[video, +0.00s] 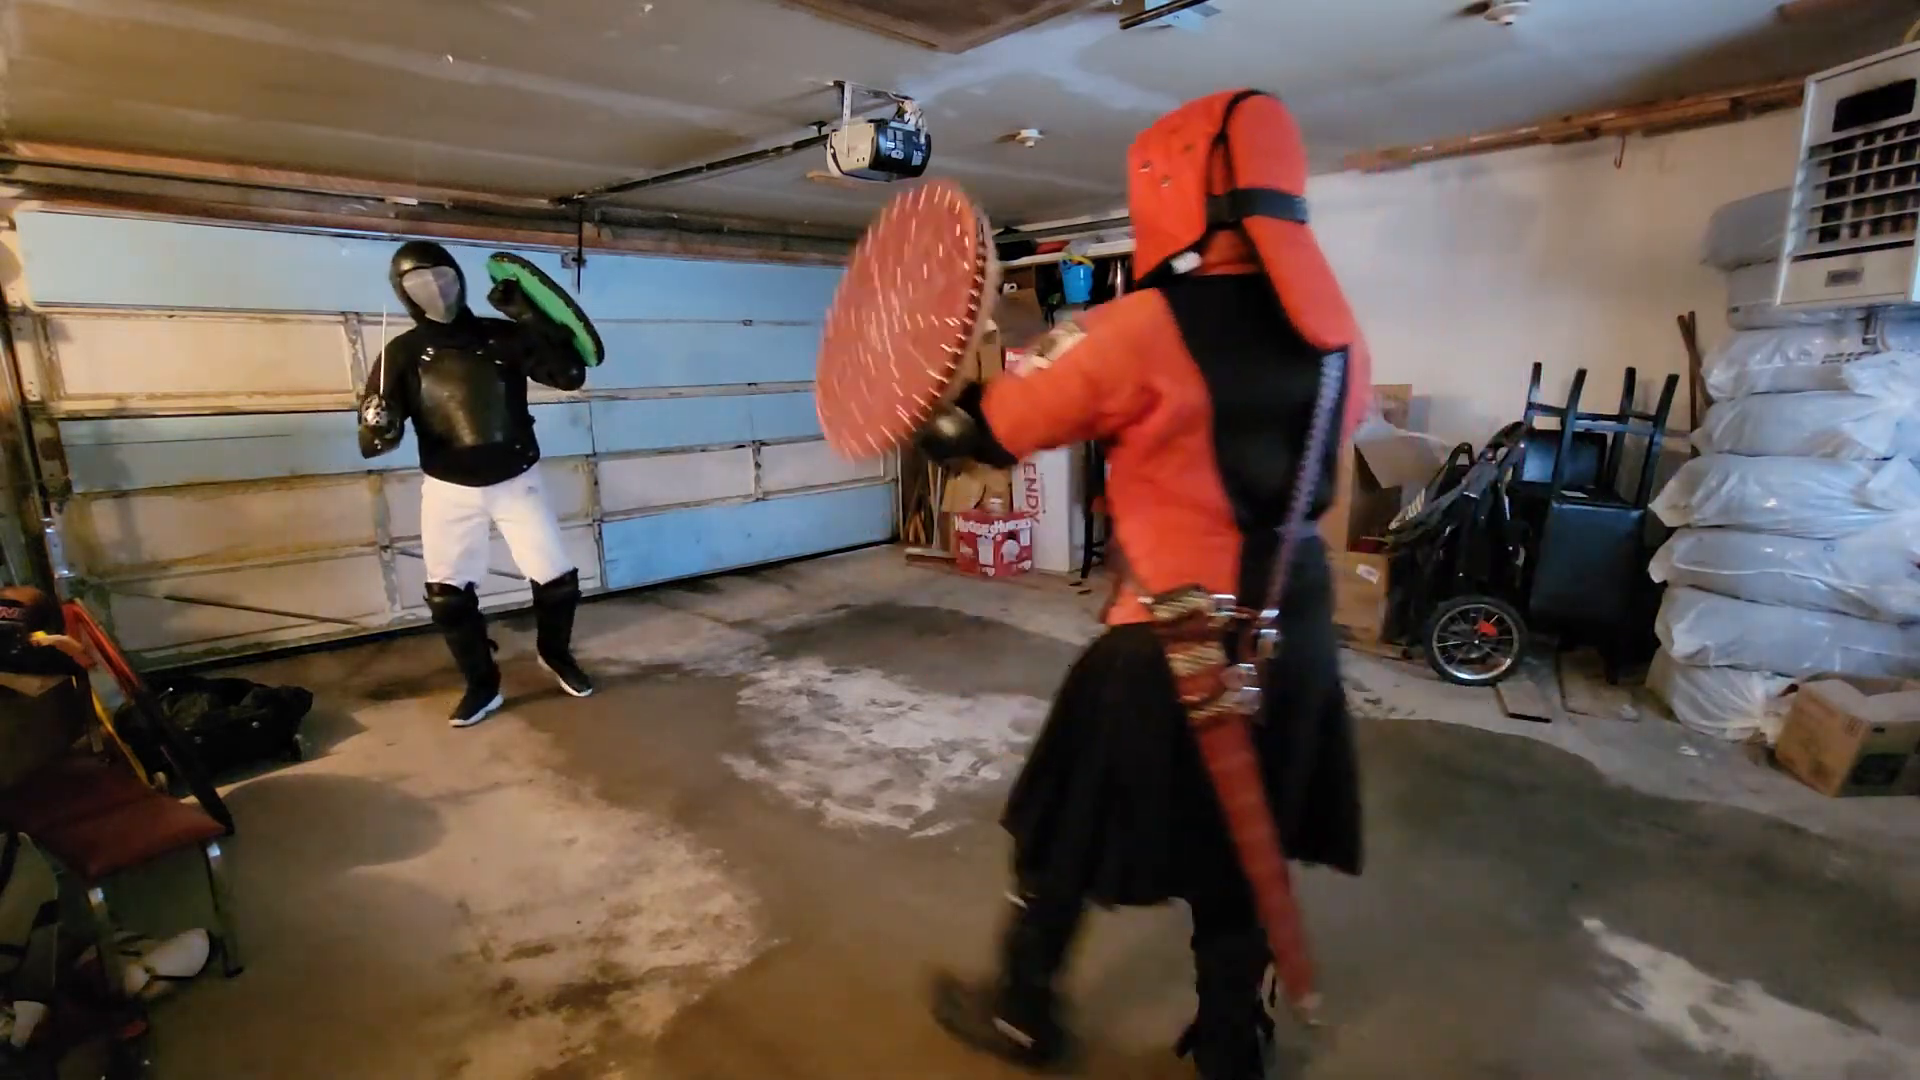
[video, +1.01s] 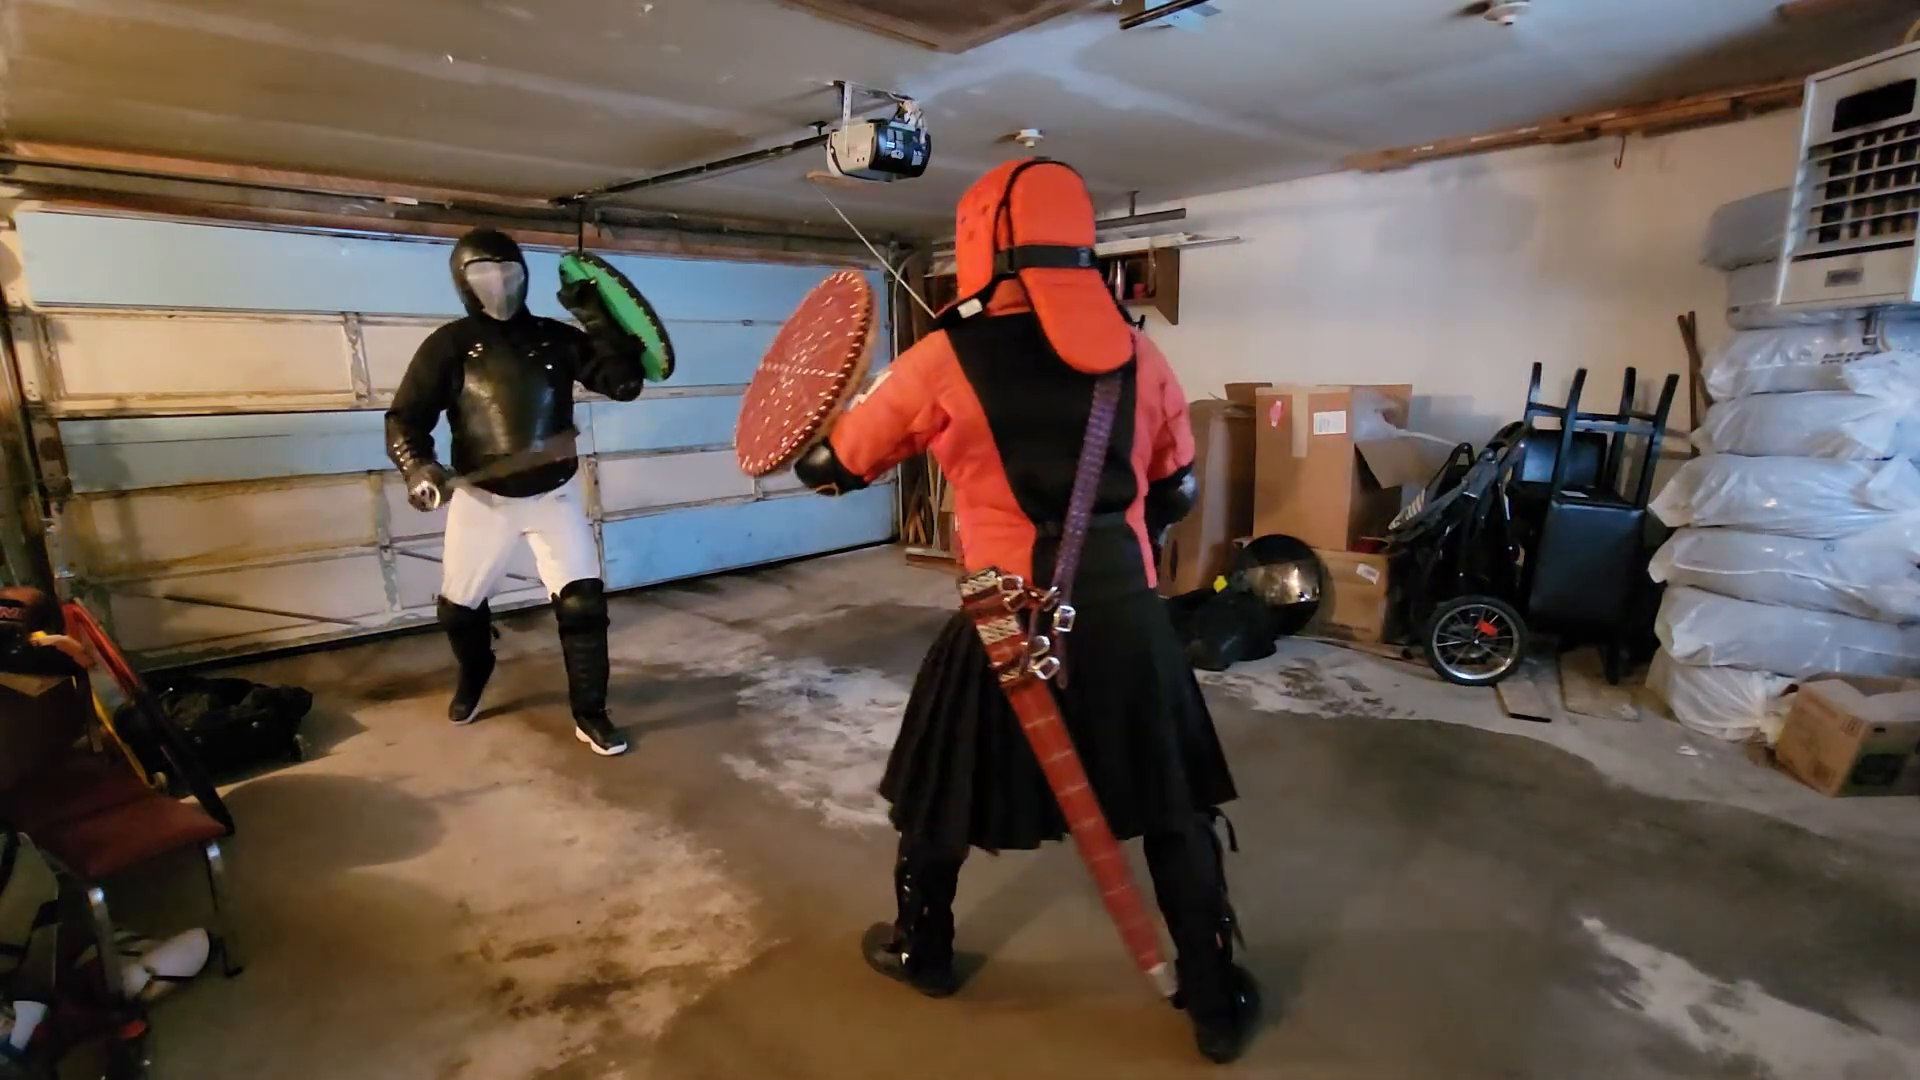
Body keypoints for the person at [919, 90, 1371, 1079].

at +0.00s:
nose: (1140, 210)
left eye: (1151, 192)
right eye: (1145, 192)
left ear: (1181, 198)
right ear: (1273, 195)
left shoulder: (1146, 329)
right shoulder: (1332, 333)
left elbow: (1004, 423)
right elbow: (1325, 493)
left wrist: (949, 400)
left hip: (1164, 642)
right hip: (1288, 642)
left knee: (1070, 817)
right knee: (1242, 848)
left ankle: (1025, 1003)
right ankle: (1232, 1038)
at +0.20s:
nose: (1067, 239)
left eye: (1079, 222)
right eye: (1073, 222)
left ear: (1106, 229)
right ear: (1197, 228)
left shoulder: (1056, 346)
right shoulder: (1251, 354)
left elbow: (941, 403)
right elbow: (1269, 456)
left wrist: (879, 398)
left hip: (1086, 642)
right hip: (1206, 642)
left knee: (997, 786)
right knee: (1211, 839)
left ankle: (940, 938)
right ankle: (1220, 1030)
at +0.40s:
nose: (974, 250)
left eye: (983, 235)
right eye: (985, 234)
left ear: (1006, 242)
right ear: (1107, 241)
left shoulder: (960, 352)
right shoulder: (1155, 359)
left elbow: (837, 428)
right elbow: (1189, 490)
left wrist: (807, 407)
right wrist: (1119, 523)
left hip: (1001, 636)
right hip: (1125, 633)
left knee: (933, 769)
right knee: (1163, 816)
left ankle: (922, 940)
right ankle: (1208, 1014)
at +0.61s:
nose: (931, 245)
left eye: (938, 230)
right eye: (935, 230)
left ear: (956, 234)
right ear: (1052, 235)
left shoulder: (913, 346)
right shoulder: (1112, 351)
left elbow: (814, 439)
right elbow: (1142, 487)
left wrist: (775, 425)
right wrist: (1122, 575)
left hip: (969, 612)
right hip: (1098, 608)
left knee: (924, 772)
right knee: (1144, 790)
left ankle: (919, 941)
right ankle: (1182, 996)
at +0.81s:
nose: (937, 258)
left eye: (943, 243)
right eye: (942, 243)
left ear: (960, 247)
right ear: (1056, 246)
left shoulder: (919, 357)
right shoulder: (1116, 359)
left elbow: (821, 462)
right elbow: (1146, 498)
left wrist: (782, 447)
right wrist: (1114, 582)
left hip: (980, 615)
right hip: (1104, 610)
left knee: (924, 771)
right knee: (1156, 791)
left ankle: (921, 939)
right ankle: (1209, 986)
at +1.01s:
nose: (958, 260)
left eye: (965, 244)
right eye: (961, 245)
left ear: (986, 247)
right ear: (1079, 245)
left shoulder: (945, 358)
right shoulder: (1137, 355)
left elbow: (845, 460)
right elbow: (1174, 493)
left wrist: (811, 447)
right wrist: (1107, 540)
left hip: (1002, 624)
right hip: (1127, 618)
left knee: (940, 773)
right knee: (1171, 802)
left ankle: (925, 942)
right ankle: (1216, 999)